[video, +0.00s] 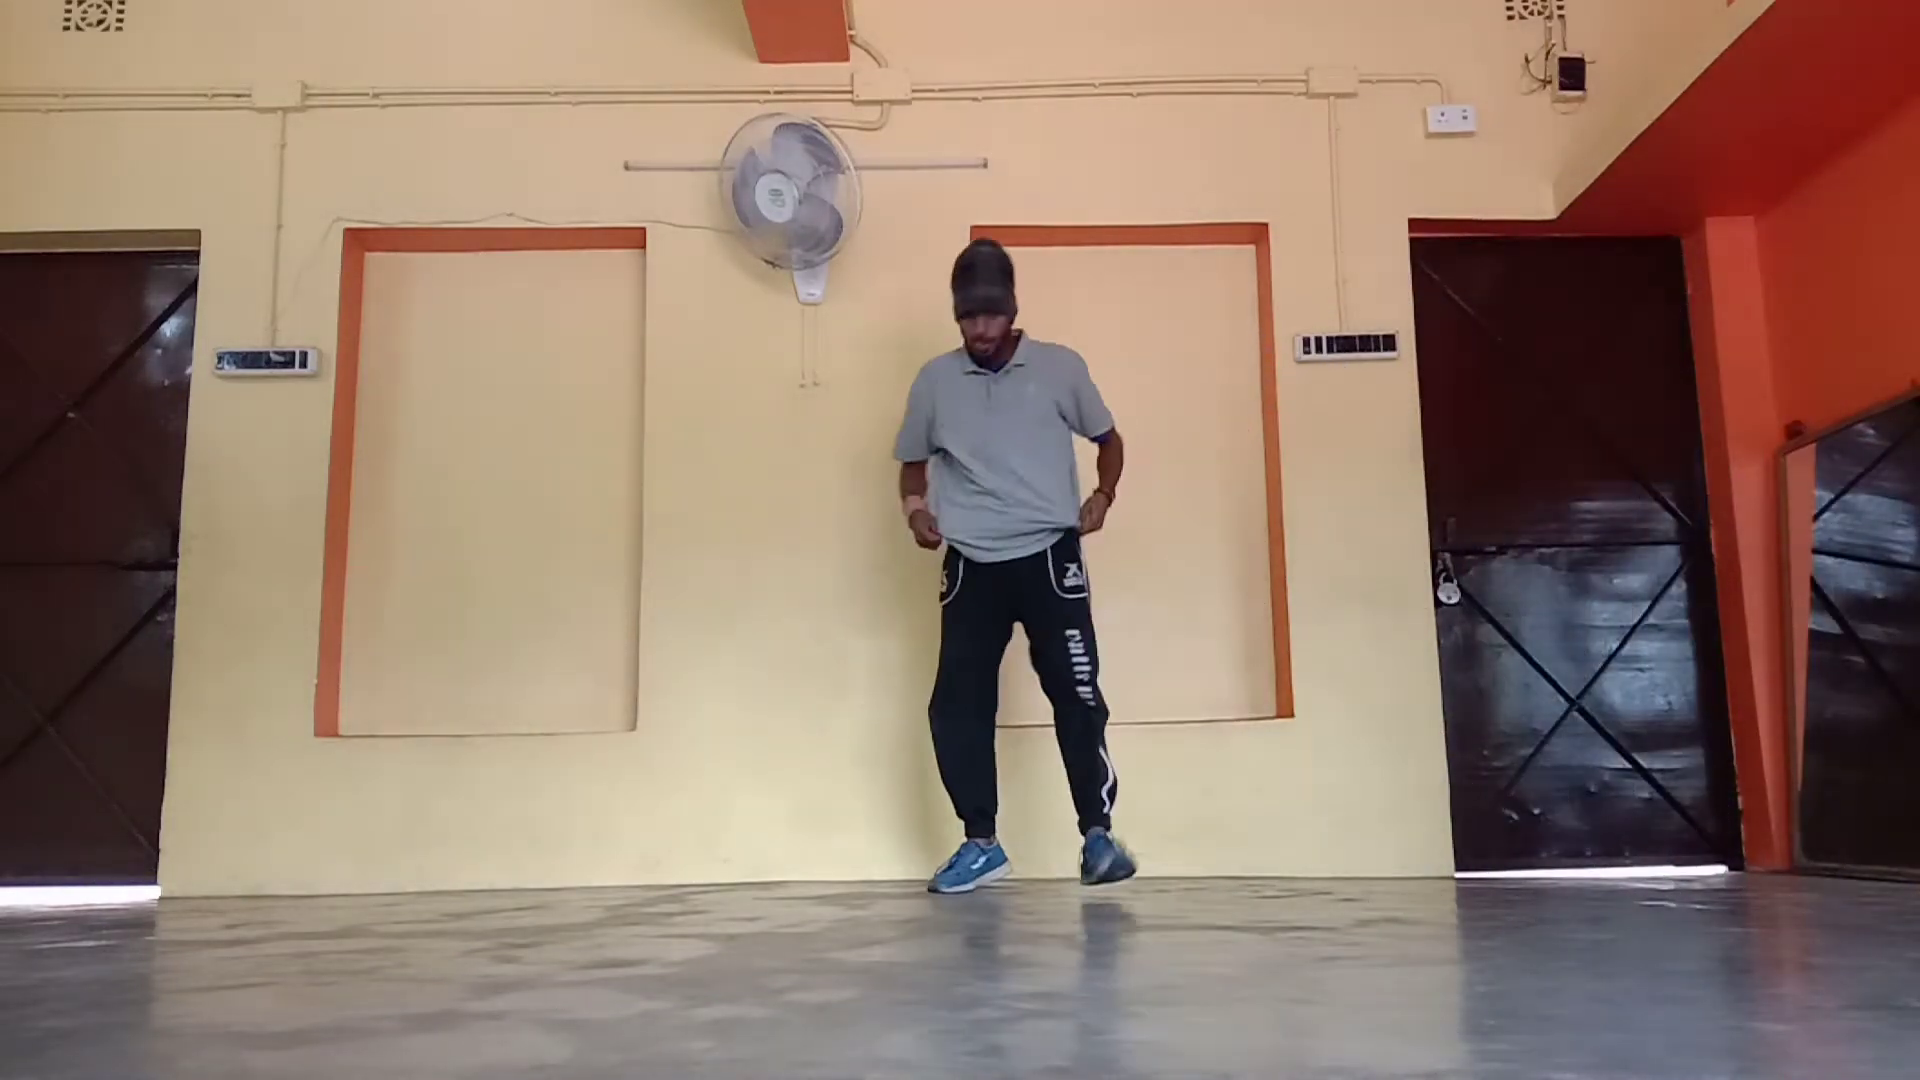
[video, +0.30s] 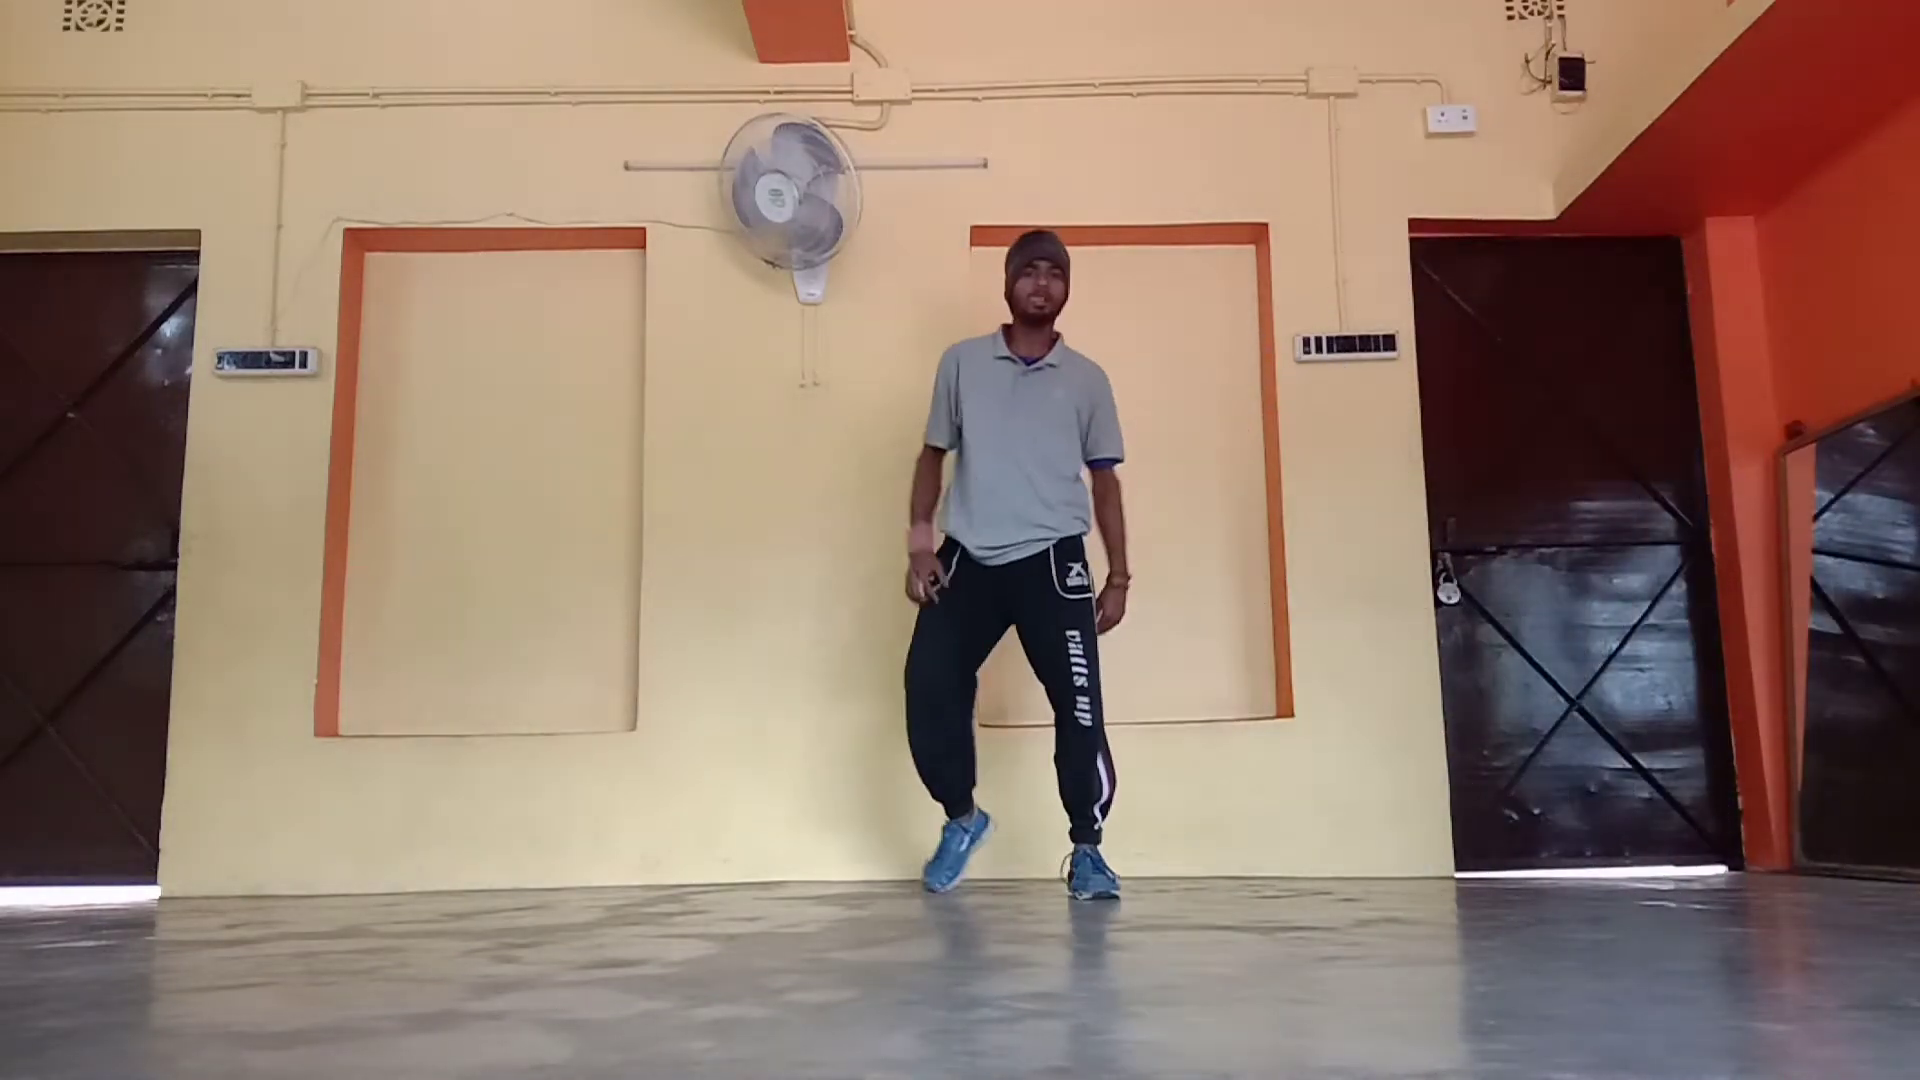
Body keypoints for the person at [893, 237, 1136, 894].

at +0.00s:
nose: (983, 329)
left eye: (995, 314)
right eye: (970, 316)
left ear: (1015, 309)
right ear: (955, 312)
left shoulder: (1061, 368)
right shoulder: (935, 381)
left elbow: (1108, 438)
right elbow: (913, 460)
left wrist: (1103, 493)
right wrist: (916, 504)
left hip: (1052, 558)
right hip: (971, 566)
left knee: (1077, 695)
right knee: (958, 704)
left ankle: (1097, 837)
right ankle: (981, 842)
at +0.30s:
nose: (1040, 283)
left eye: (1052, 275)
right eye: (1029, 273)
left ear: (1067, 291)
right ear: (1007, 284)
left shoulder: (1087, 379)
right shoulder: (962, 362)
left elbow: (1105, 479)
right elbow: (932, 456)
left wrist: (1119, 572)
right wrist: (921, 543)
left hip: (1054, 559)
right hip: (970, 559)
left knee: (1079, 702)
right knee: (930, 679)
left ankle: (1087, 849)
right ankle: (962, 817)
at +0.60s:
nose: (1013, 268)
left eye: (1024, 261)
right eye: (1000, 262)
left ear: (1040, 284)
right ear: (980, 285)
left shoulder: (1075, 365)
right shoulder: (942, 359)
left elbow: (1169, 389)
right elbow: (857, 390)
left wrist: (1243, 350)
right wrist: (776, 373)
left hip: (1040, 556)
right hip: (955, 557)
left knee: (1067, 706)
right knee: (936, 709)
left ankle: (1086, 855)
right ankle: (921, 853)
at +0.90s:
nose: (975, 274)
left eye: (986, 266)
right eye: (961, 270)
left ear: (1009, 287)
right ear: (947, 297)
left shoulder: (1055, 359)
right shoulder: (915, 374)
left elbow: (1147, 342)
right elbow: (825, 385)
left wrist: (1225, 294)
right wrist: (735, 365)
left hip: (1023, 561)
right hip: (938, 567)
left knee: (1052, 711)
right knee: (922, 715)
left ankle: (1085, 853)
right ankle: (920, 856)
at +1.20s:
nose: (955, 280)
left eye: (965, 270)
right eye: (942, 277)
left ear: (989, 285)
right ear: (934, 301)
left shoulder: (1037, 360)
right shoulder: (923, 382)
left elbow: (1053, 464)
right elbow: (913, 484)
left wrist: (1055, 560)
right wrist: (898, 563)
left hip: (1019, 558)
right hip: (942, 567)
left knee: (1053, 712)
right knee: (922, 716)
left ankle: (1086, 851)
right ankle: (920, 854)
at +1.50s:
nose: (850, 312)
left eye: (862, 300)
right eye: (839, 307)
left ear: (889, 311)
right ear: (834, 328)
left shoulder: (934, 361)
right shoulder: (862, 412)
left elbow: (1018, 421)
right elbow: (894, 492)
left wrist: (995, 523)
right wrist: (866, 552)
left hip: (1004, 557)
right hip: (936, 575)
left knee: (1045, 701)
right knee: (894, 702)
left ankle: (1086, 847)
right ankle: (870, 844)